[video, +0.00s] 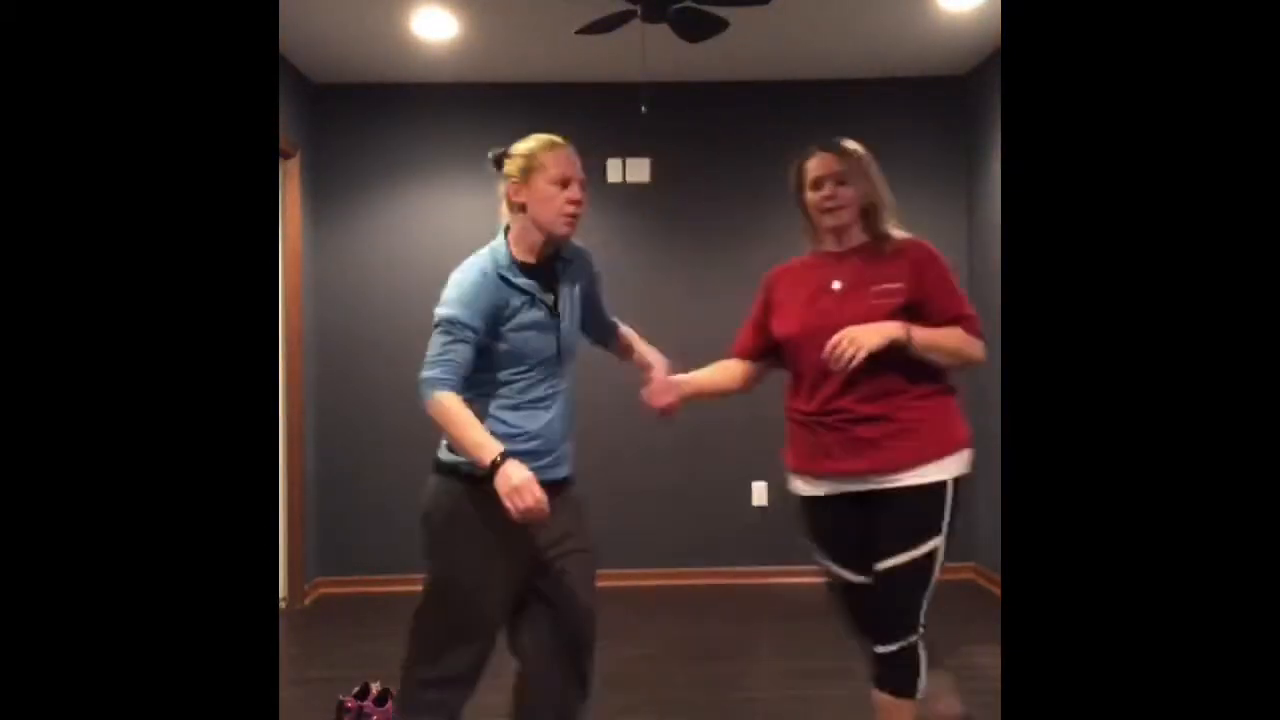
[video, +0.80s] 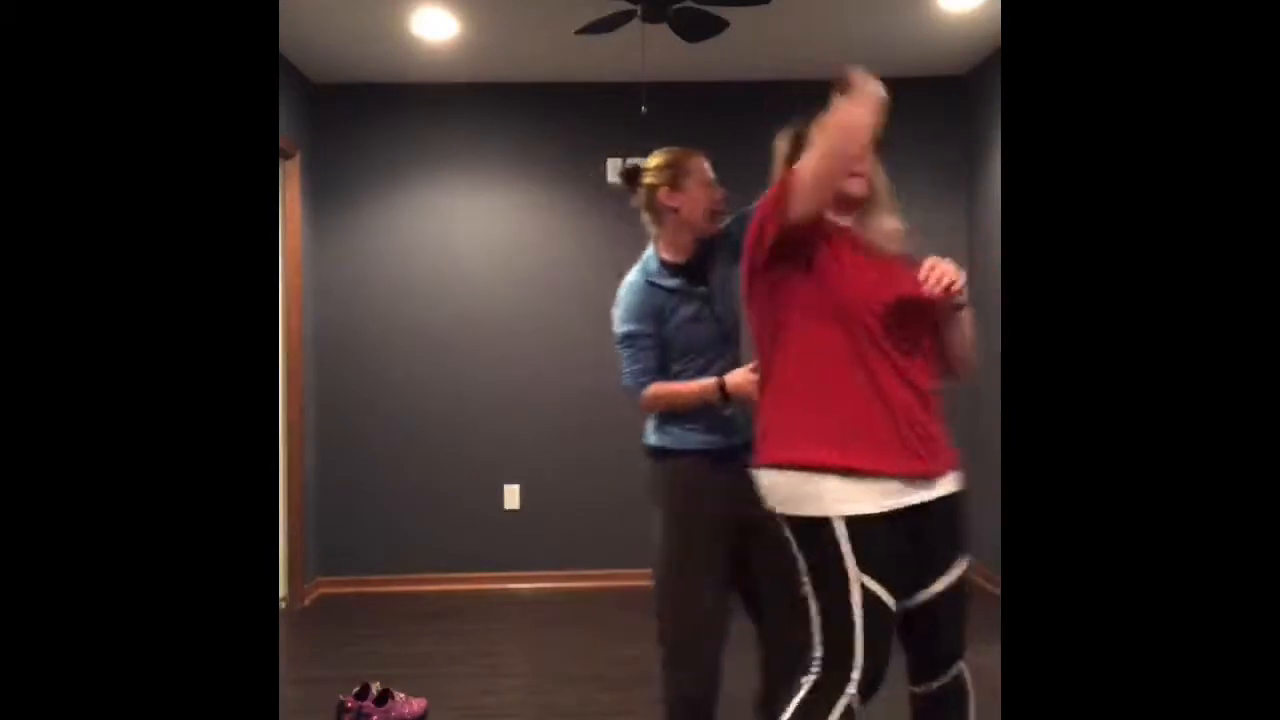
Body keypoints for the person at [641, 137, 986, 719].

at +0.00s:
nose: (829, 194)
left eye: (841, 181)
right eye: (817, 185)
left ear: (867, 187)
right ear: (803, 200)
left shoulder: (913, 260)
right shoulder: (785, 281)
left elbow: (971, 348)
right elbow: (747, 366)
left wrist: (895, 332)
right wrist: (682, 384)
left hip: (916, 471)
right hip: (824, 480)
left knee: (894, 634)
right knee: (871, 629)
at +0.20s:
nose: (859, 207)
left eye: (873, 194)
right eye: (849, 197)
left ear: (904, 196)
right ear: (841, 208)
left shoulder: (954, 266)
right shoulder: (838, 290)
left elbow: (997, 352)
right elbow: (824, 375)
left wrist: (921, 337)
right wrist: (755, 348)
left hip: (959, 472)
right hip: (876, 485)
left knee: (932, 634)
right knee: (939, 631)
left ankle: (975, 700)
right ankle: (989, 695)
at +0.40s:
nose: (881, 186)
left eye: (895, 173)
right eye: (871, 178)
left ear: (930, 181)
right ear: (864, 195)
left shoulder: (979, 263)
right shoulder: (847, 284)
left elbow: (1005, 354)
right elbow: (819, 377)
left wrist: (954, 335)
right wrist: (781, 300)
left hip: (970, 491)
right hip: (881, 499)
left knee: (950, 664)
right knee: (946, 647)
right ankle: (991, 687)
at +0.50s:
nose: (884, 173)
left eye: (899, 161)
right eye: (873, 168)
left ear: (932, 173)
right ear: (862, 189)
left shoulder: (983, 259)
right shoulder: (841, 277)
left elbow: (1003, 347)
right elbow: (765, 331)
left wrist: (974, 324)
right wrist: (773, 241)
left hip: (972, 495)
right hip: (872, 502)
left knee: (953, 667)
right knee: (902, 656)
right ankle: (964, 704)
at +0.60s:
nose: (881, 168)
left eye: (895, 156)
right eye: (866, 161)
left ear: (925, 172)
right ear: (850, 185)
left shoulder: (983, 259)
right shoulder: (826, 260)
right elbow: (741, 242)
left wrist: (984, 305)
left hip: (973, 489)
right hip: (863, 493)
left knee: (962, 671)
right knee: (886, 675)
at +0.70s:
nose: (868, 160)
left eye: (879, 148)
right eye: (850, 152)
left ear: (900, 164)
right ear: (829, 175)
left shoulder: (943, 245)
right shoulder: (802, 245)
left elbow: (996, 349)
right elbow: (777, 163)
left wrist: (979, 296)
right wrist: (814, 88)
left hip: (963, 472)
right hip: (851, 480)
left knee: (959, 662)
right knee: (881, 662)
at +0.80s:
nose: (854, 167)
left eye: (864, 154)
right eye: (836, 153)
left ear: (877, 168)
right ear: (799, 168)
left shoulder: (896, 257)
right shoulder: (779, 243)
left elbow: (959, 363)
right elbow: (817, 168)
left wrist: (954, 301)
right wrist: (860, 102)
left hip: (922, 481)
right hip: (824, 485)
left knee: (940, 666)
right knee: (848, 667)